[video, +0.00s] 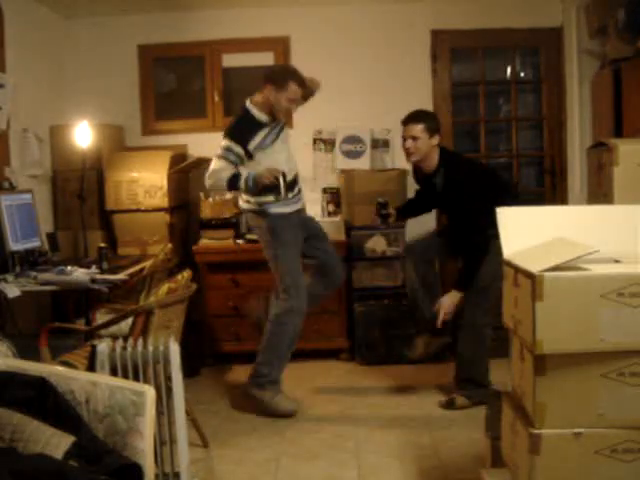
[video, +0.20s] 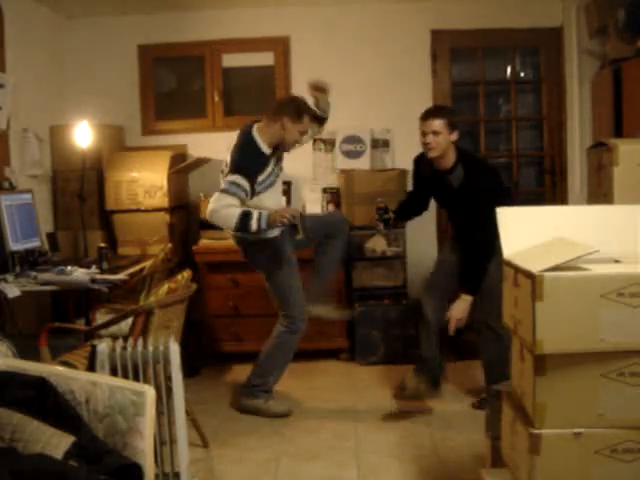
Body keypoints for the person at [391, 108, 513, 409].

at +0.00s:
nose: (406, 145)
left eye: (413, 139)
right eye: (404, 139)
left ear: (434, 139)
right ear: (403, 140)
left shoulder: (462, 173)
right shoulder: (421, 170)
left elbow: (478, 238)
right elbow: (430, 198)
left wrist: (459, 289)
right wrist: (397, 214)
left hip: (495, 235)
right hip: (461, 231)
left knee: (476, 307)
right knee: (416, 252)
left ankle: (474, 387)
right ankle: (431, 328)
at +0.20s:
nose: (427, 139)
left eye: (435, 133)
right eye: (424, 133)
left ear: (453, 136)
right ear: (421, 136)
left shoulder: (479, 172)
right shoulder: (425, 165)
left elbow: (485, 239)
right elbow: (420, 199)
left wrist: (467, 295)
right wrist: (394, 217)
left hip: (490, 247)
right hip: (458, 244)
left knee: (488, 316)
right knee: (433, 298)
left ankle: (497, 388)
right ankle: (429, 377)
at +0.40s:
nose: (435, 125)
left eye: (442, 119)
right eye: (431, 119)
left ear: (459, 121)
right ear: (427, 122)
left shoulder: (484, 158)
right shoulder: (422, 156)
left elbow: (503, 214)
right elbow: (408, 195)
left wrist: (494, 264)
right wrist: (392, 214)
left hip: (488, 242)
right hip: (451, 241)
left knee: (491, 313)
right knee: (441, 303)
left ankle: (493, 386)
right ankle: (458, 378)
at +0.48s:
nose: (434, 118)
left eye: (441, 112)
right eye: (428, 112)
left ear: (453, 114)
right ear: (419, 115)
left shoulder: (476, 145)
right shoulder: (411, 147)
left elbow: (515, 193)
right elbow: (399, 190)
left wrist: (507, 242)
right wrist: (391, 210)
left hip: (485, 221)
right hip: (445, 223)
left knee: (488, 294)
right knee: (438, 288)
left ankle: (497, 376)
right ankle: (452, 366)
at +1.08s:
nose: (478, 122)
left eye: (481, 115)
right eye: (471, 116)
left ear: (483, 118)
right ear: (450, 117)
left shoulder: (483, 153)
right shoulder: (425, 154)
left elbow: (488, 194)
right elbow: (396, 204)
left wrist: (492, 226)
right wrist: (417, 219)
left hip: (464, 236)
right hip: (427, 239)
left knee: (482, 297)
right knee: (432, 303)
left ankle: (482, 377)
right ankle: (421, 379)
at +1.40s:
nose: (511, 123)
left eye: (516, 117)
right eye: (504, 116)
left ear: (520, 122)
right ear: (486, 119)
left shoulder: (512, 163)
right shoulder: (457, 147)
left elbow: (509, 209)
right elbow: (419, 188)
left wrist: (505, 245)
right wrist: (440, 199)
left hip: (482, 240)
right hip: (444, 238)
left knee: (488, 309)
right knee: (453, 309)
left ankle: (487, 378)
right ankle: (468, 383)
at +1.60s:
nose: (488, 125)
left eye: (495, 119)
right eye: (483, 119)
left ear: (508, 124)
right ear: (476, 124)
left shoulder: (516, 168)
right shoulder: (456, 158)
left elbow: (523, 224)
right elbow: (422, 199)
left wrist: (511, 206)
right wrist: (439, 203)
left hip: (498, 250)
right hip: (458, 248)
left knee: (501, 315)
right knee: (471, 313)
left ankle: (493, 379)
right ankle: (477, 393)